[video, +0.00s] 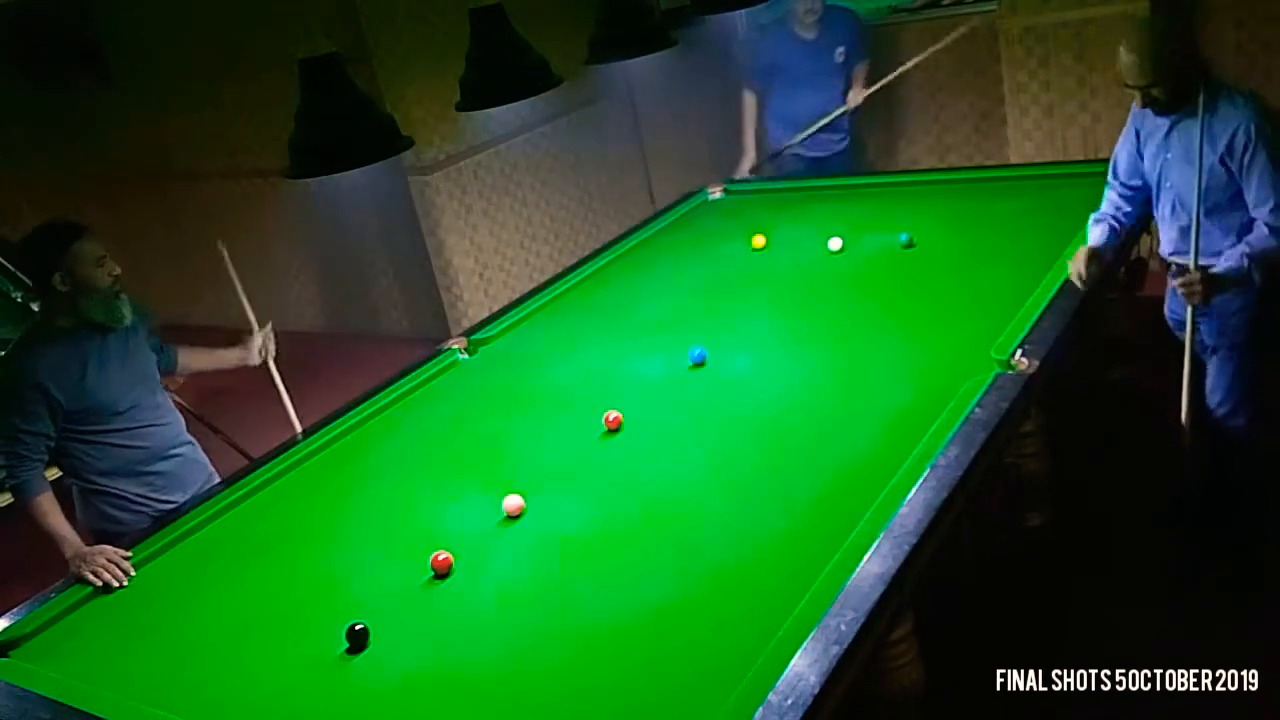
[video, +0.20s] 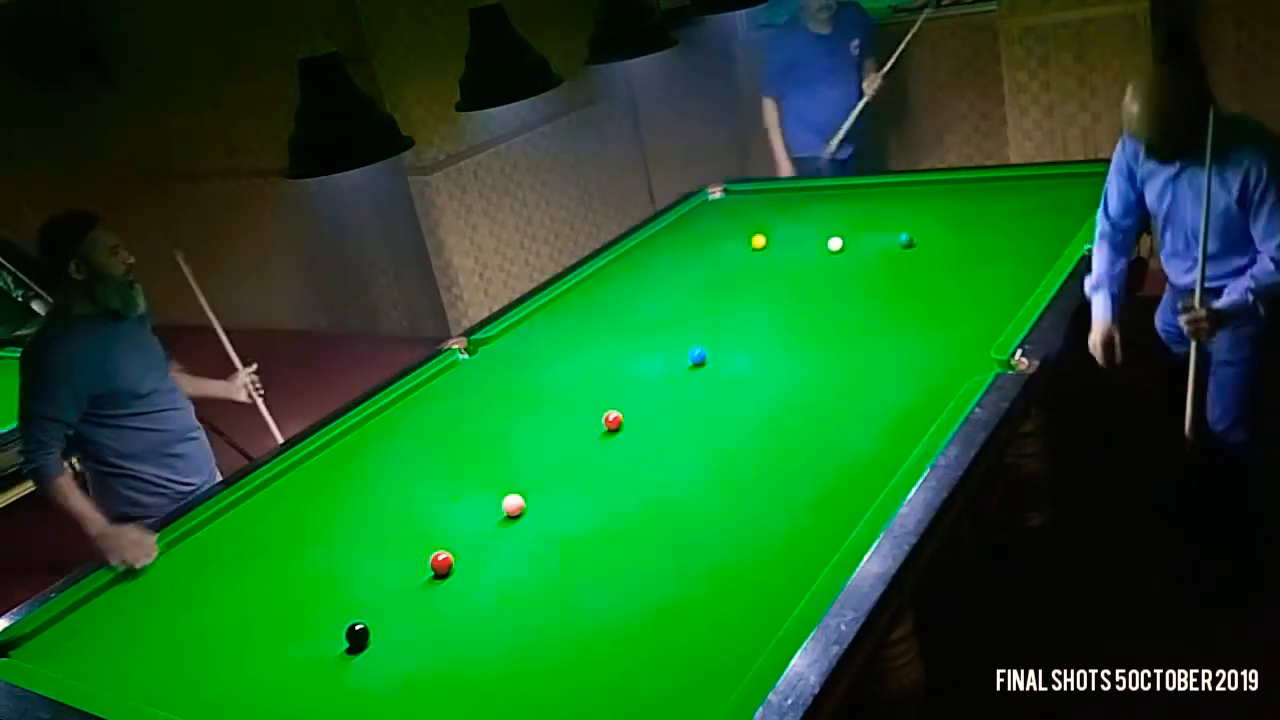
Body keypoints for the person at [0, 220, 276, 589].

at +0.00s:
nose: (116, 270)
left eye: (110, 260)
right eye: (99, 264)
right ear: (62, 282)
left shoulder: (127, 319)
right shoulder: (32, 363)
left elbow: (163, 359)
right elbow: (23, 470)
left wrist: (245, 354)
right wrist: (75, 550)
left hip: (203, 491)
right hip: (135, 530)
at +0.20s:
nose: (129, 259)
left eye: (122, 249)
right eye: (113, 253)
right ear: (78, 270)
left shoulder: (124, 312)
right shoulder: (56, 349)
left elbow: (158, 376)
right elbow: (41, 457)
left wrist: (228, 388)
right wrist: (102, 531)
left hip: (205, 486)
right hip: (152, 521)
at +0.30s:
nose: (140, 252)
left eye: (133, 242)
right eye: (124, 245)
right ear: (89, 264)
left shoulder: (128, 308)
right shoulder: (76, 336)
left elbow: (158, 378)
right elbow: (62, 442)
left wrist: (222, 385)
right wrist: (137, 506)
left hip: (208, 479)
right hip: (172, 502)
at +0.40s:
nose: (150, 246)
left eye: (142, 236)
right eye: (134, 239)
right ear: (101, 257)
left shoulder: (134, 304)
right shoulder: (94, 327)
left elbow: (164, 371)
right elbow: (96, 429)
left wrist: (222, 377)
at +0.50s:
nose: (163, 239)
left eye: (156, 228)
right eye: (148, 232)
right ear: (117, 249)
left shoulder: (145, 298)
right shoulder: (114, 315)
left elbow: (168, 364)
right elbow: (127, 414)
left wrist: (222, 364)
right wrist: (222, 450)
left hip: (214, 474)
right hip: (185, 488)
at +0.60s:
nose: (175, 231)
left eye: (169, 221)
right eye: (161, 225)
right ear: (131, 241)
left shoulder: (154, 290)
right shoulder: (136, 301)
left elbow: (174, 363)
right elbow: (156, 398)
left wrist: (223, 352)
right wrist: (244, 431)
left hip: (227, 464)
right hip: (202, 480)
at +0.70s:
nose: (187, 221)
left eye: (182, 211)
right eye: (173, 214)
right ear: (144, 230)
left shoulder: (164, 279)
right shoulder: (153, 286)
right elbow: (173, 382)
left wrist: (224, 336)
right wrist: (258, 415)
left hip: (232, 446)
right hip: (215, 457)